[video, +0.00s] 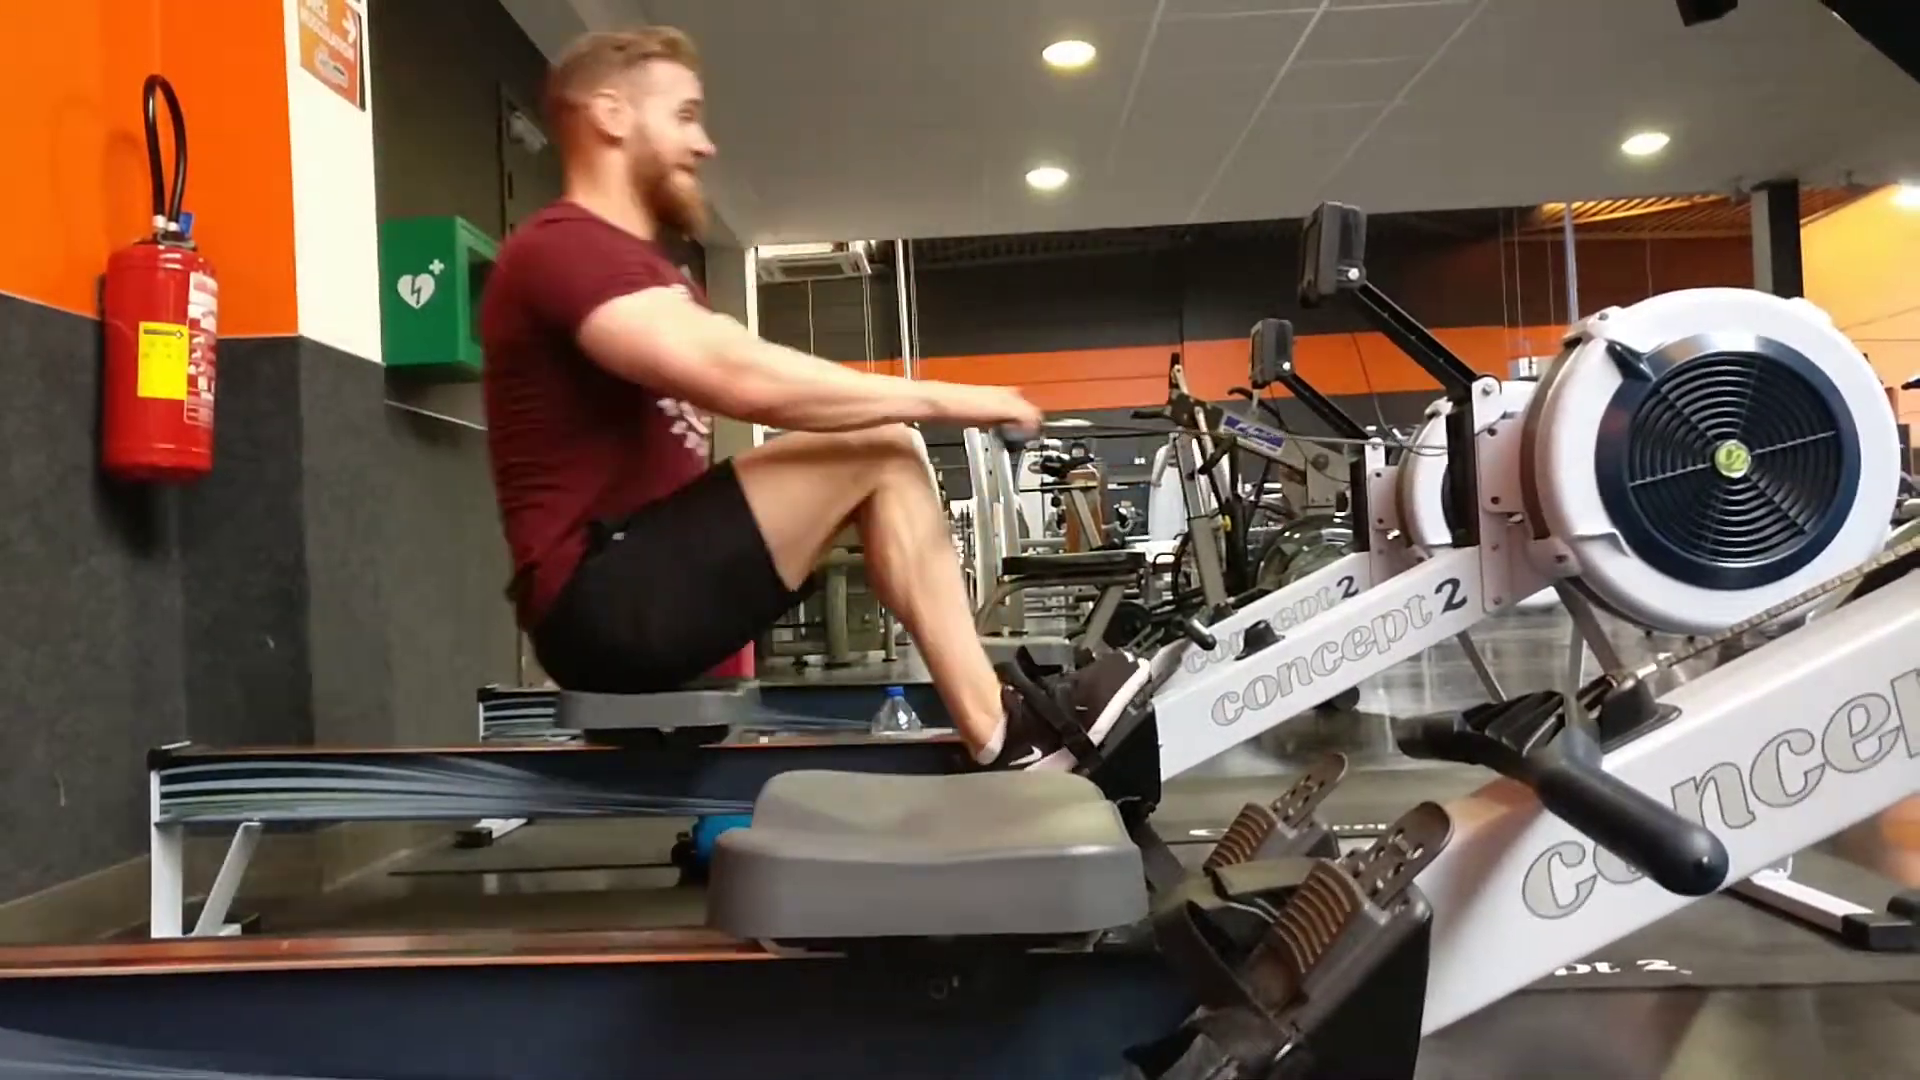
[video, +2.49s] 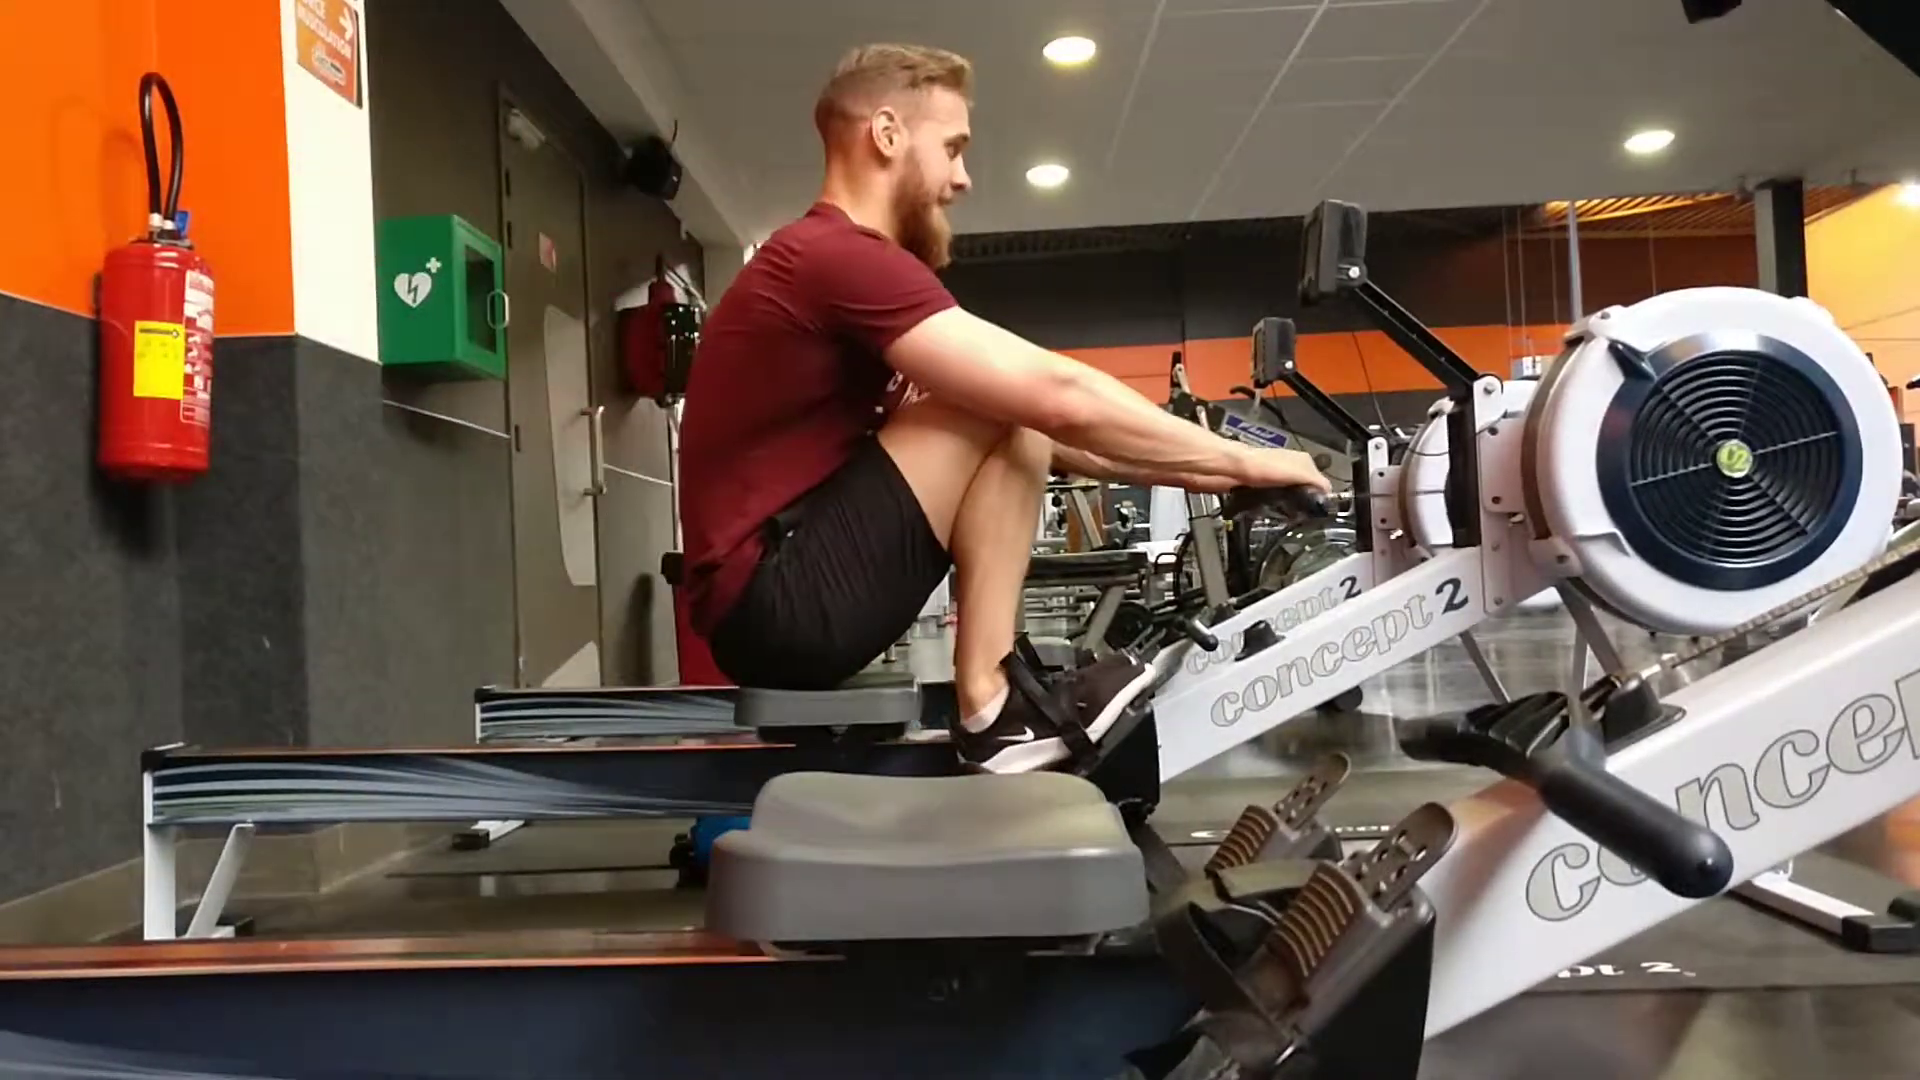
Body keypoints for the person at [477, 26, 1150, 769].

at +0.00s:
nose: (704, 144)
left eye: (700, 120)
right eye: (684, 115)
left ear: (618, 122)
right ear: (607, 119)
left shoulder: (639, 264)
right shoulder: (564, 249)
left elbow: (759, 385)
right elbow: (746, 383)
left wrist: (930, 403)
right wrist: (942, 399)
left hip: (638, 595)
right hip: (600, 603)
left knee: (887, 448)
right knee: (884, 452)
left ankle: (989, 718)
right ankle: (994, 737)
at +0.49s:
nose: (535, 192)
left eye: (539, 170)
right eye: (521, 162)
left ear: (453, 154)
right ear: (435, 142)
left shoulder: (450, 298)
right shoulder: (336, 272)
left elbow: (442, 473)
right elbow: (303, 442)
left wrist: (528, 445)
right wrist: (498, 418)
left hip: (461, 597)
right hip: (400, 615)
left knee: (746, 538)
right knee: (739, 539)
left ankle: (968, 733)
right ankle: (966, 744)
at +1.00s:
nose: (956, 187)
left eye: (960, 164)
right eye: (948, 158)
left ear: (879, 145)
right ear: (880, 139)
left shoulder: (837, 260)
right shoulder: (825, 259)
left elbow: (1033, 388)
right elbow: (1035, 405)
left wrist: (1202, 460)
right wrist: (1218, 465)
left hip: (772, 605)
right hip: (761, 615)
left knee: (1006, 416)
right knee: (995, 421)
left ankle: (994, 688)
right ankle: (984, 707)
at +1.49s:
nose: (535, 150)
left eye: (535, 129)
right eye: (516, 125)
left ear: (446, 122)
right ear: (431, 114)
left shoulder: (485, 267)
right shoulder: (402, 260)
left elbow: (614, 412)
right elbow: (571, 413)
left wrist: (786, 426)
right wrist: (787, 422)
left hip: (534, 589)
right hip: (487, 607)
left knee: (803, 485)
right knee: (798, 490)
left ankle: (986, 723)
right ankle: (991, 737)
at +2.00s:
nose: (609, 180)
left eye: (611, 159)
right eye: (593, 153)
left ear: (521, 147)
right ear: (512, 138)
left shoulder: (519, 293)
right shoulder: (444, 268)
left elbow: (608, 444)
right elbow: (547, 423)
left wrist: (746, 413)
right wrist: (755, 392)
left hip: (517, 599)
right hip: (472, 611)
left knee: (790, 498)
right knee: (784, 502)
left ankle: (977, 724)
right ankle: (972, 742)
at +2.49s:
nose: (963, 178)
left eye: (964, 153)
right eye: (953, 147)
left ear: (886, 139)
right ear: (885, 134)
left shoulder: (841, 259)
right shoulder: (837, 257)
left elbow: (1040, 408)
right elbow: (1061, 395)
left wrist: (1192, 472)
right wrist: (1241, 459)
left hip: (777, 601)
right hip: (771, 610)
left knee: (1010, 409)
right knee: (1001, 405)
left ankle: (997, 683)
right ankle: (984, 706)